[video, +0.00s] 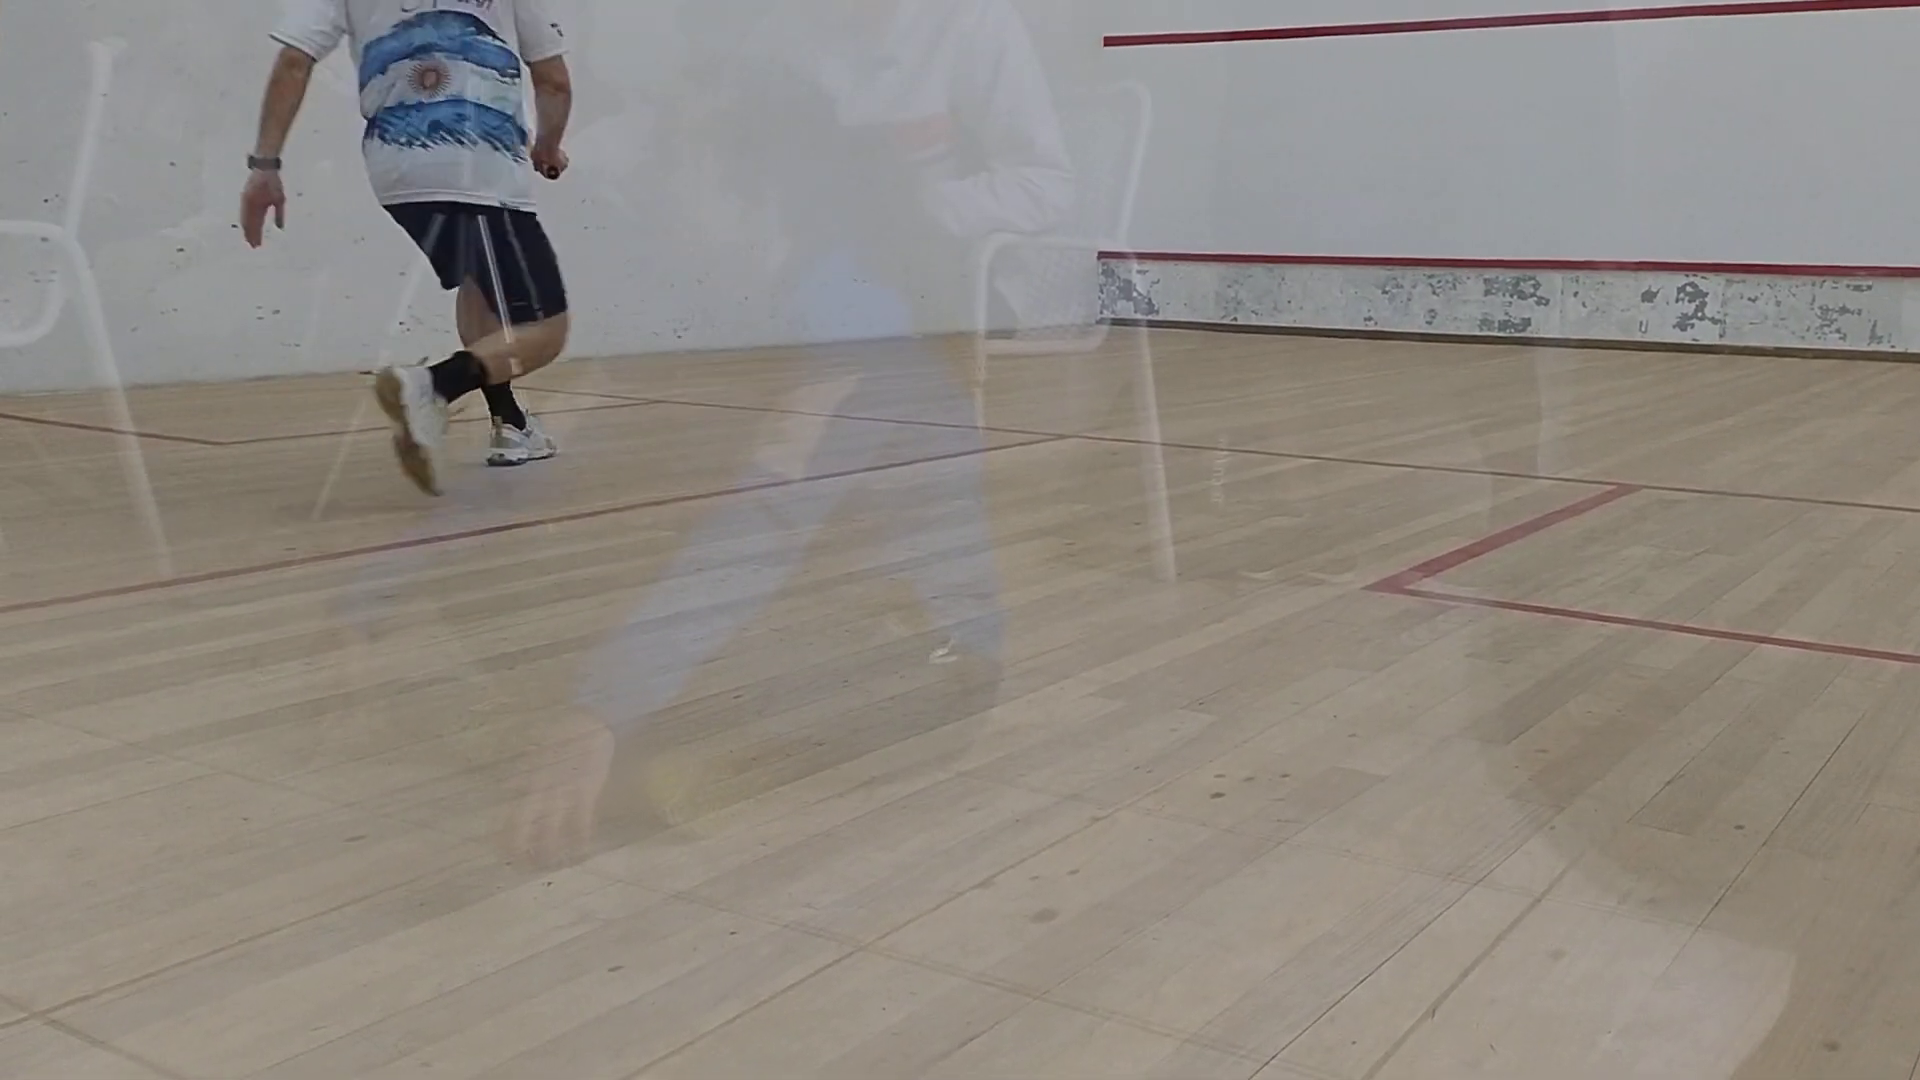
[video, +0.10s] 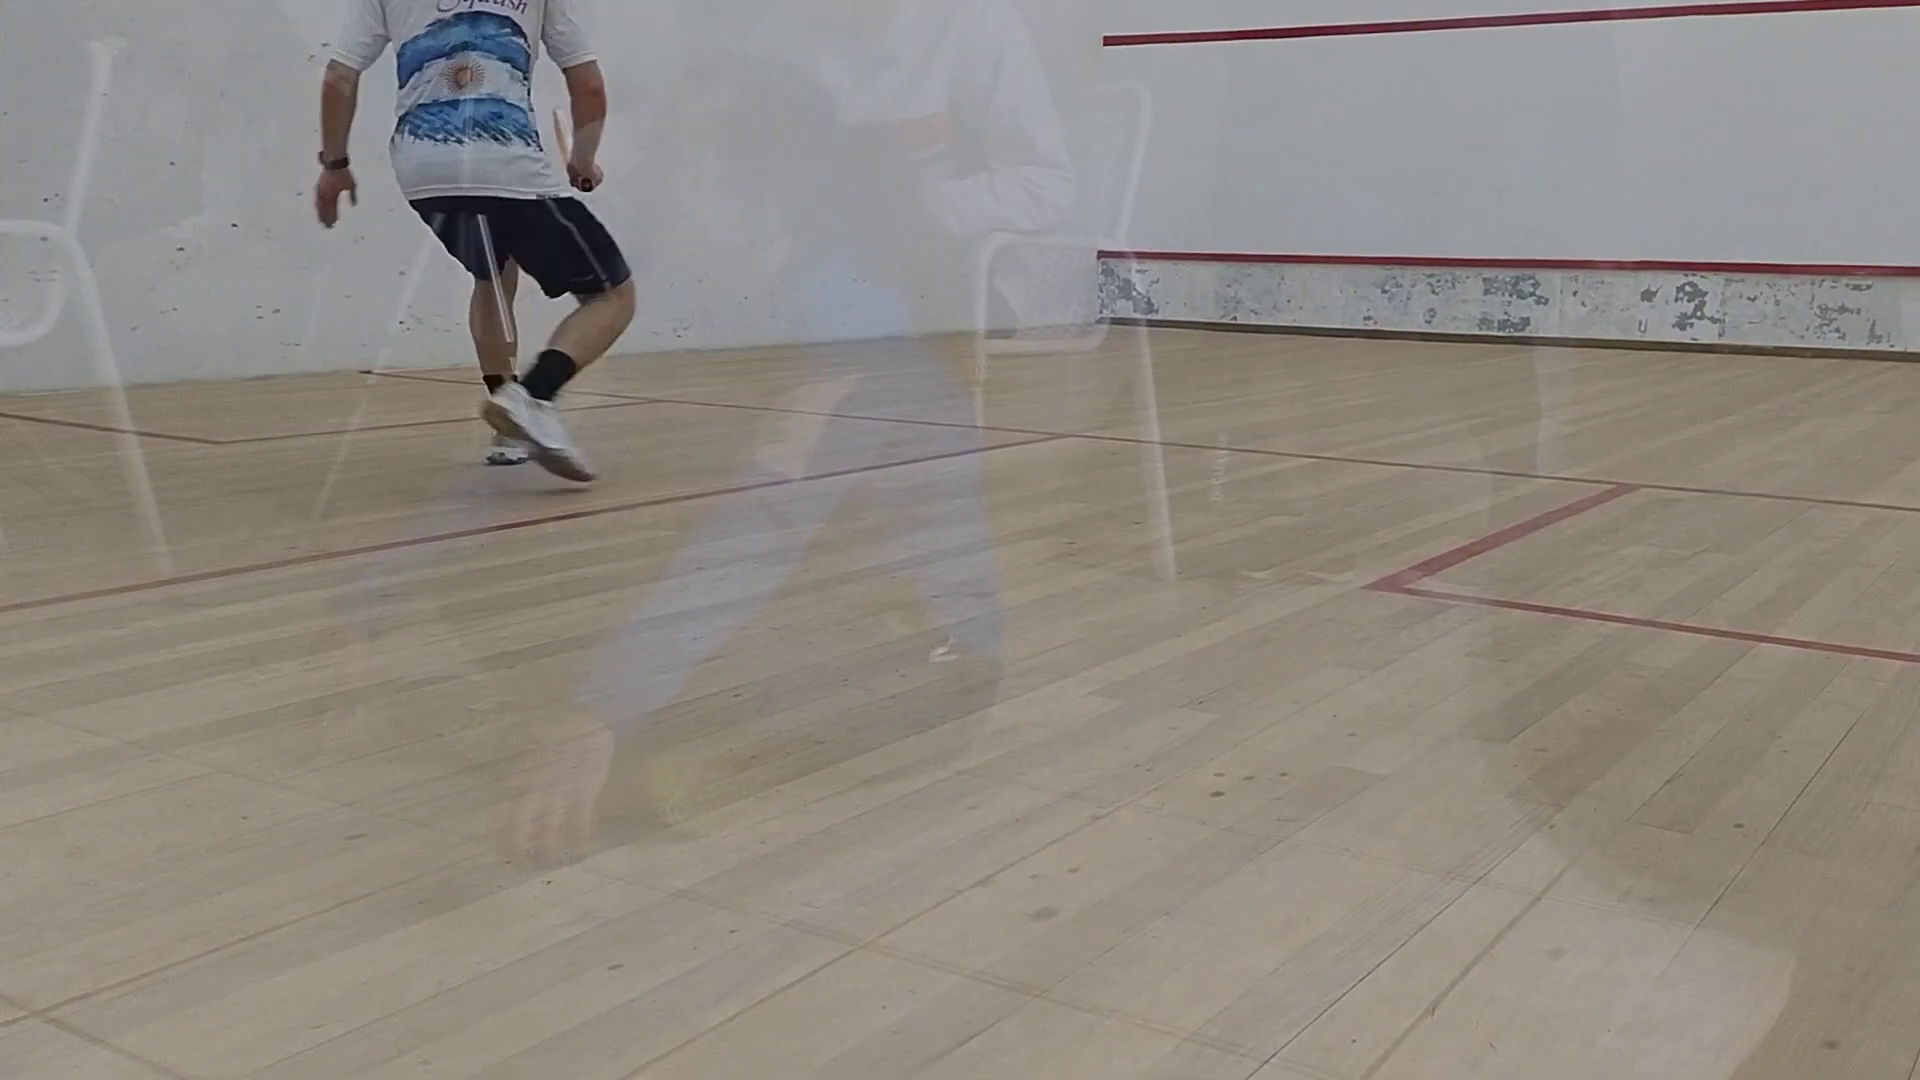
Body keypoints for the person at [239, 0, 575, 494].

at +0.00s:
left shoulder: (352, 0)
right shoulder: (506, 0)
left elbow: (294, 57)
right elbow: (554, 79)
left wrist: (265, 164)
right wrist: (547, 144)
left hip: (395, 175)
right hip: (481, 171)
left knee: (474, 283)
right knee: (545, 332)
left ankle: (511, 425)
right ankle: (430, 387)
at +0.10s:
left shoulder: (388, 1)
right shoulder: (536, 0)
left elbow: (337, 79)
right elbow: (589, 87)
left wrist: (334, 164)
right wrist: (583, 158)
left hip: (421, 173)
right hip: (511, 169)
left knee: (494, 274)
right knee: (613, 298)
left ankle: (508, 435)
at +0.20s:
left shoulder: (424, 1)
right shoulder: (563, 0)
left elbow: (376, 67)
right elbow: (614, 75)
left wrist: (391, 135)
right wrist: (616, 162)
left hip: (446, 165)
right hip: (533, 160)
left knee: (506, 270)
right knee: (644, 280)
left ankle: (513, 425)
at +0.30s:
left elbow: (407, 62)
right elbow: (643, 69)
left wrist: (428, 129)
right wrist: (647, 165)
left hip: (477, 159)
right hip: (563, 151)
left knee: (514, 277)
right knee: (665, 284)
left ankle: (512, 425)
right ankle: (713, 439)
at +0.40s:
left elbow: (432, 54)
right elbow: (665, 61)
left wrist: (447, 133)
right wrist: (674, 159)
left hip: (499, 150)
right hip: (585, 147)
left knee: (527, 269)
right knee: (680, 282)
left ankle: (513, 423)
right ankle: (715, 438)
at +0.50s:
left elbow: (452, 41)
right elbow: (683, 54)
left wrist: (455, 136)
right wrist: (698, 157)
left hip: (510, 143)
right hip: (597, 139)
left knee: (532, 270)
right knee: (686, 280)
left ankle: (515, 423)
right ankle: (715, 439)